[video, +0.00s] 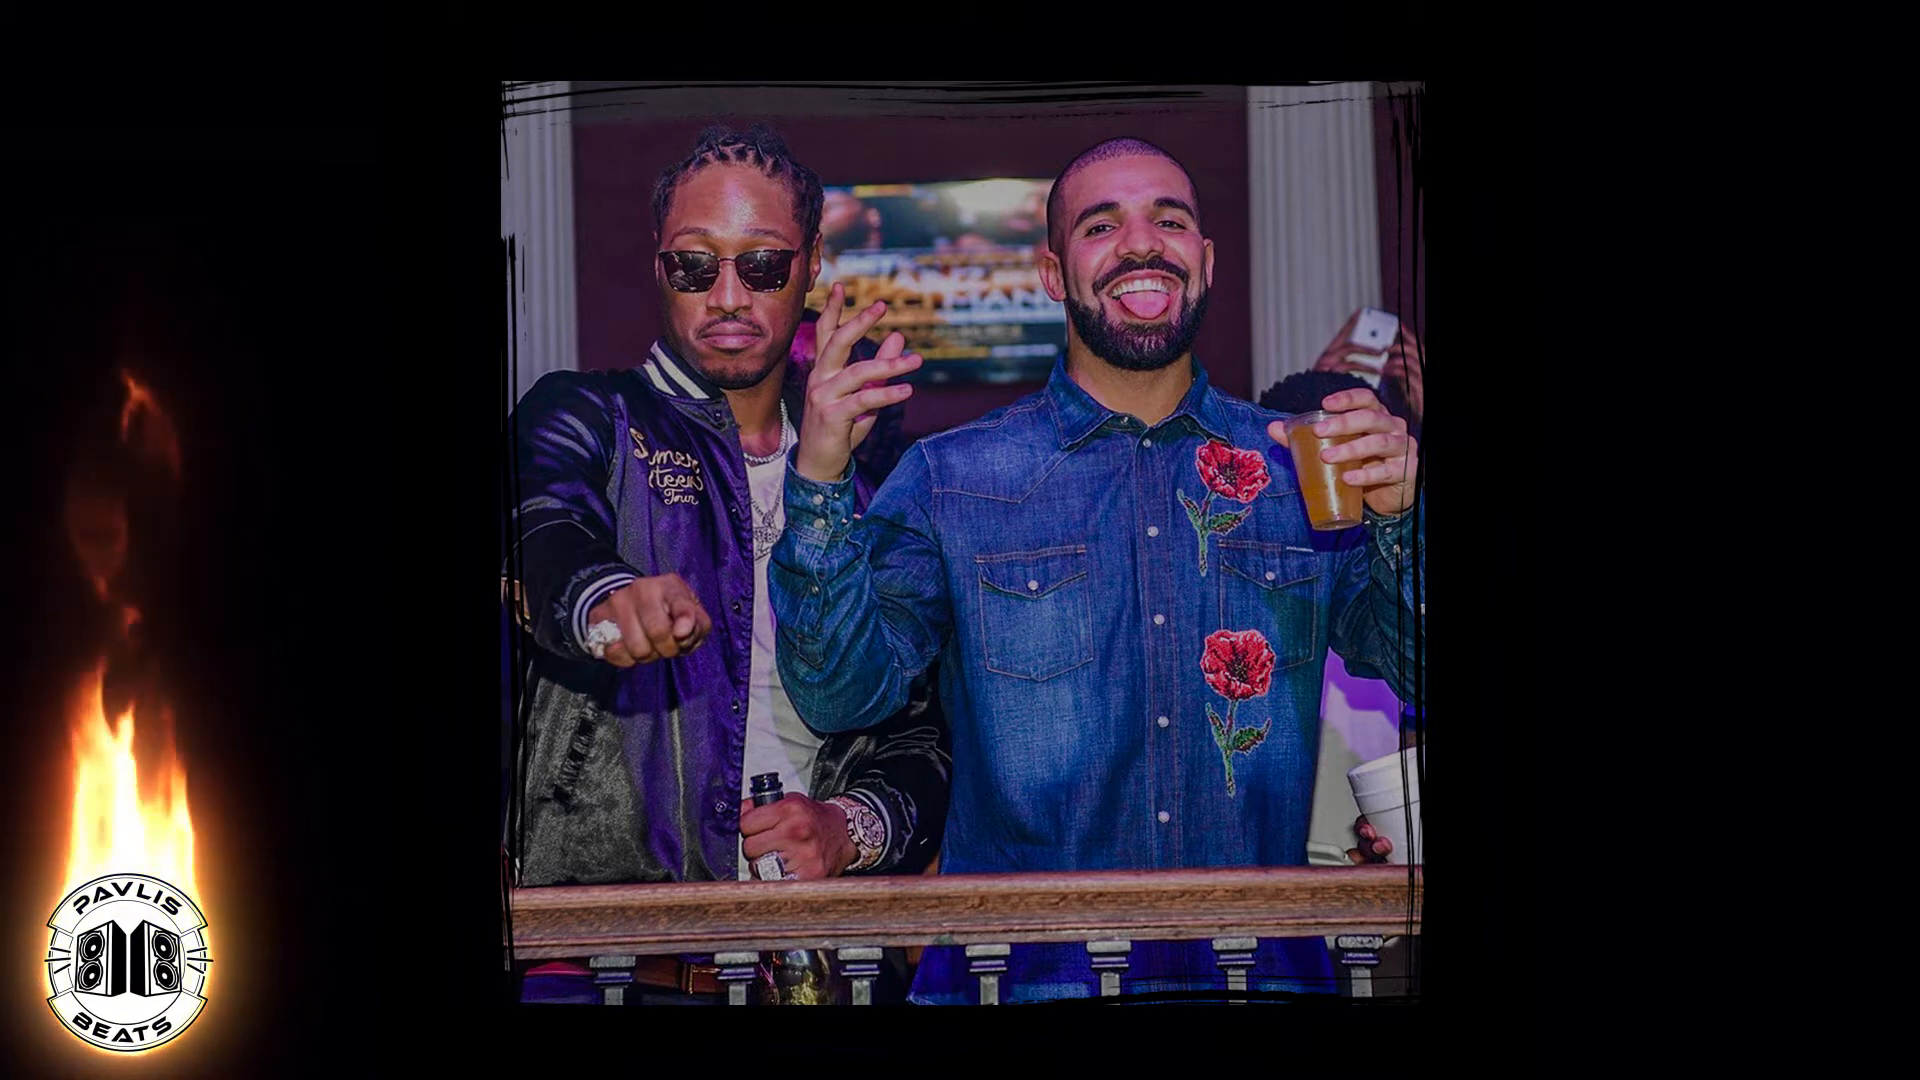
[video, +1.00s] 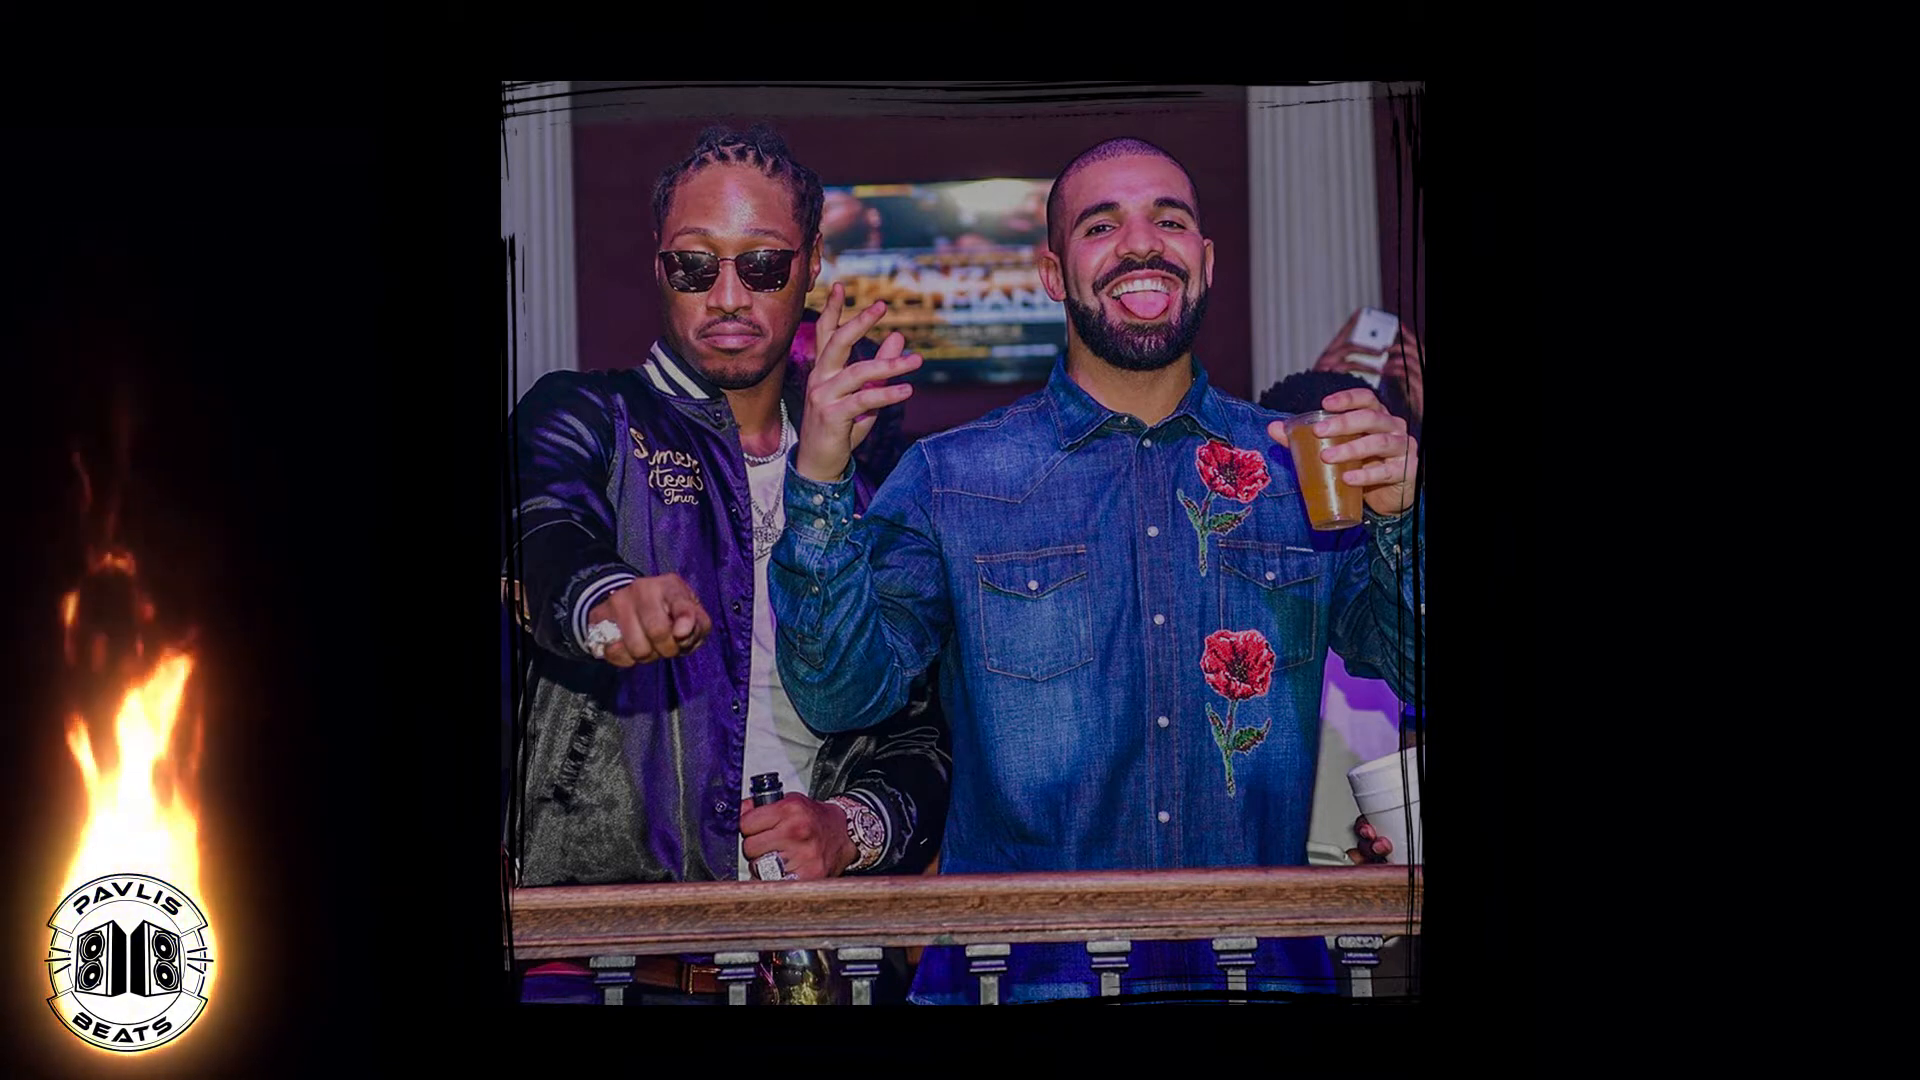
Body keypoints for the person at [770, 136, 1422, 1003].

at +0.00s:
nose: (1142, 242)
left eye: (1170, 219)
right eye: (1102, 225)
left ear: (1207, 259)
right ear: (1055, 273)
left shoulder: (1304, 469)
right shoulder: (945, 478)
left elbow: (1413, 673)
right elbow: (840, 692)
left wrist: (1402, 516)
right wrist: (818, 475)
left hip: (1255, 955)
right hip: (1022, 963)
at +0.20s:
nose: (1142, 242)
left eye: (1170, 219)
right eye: (1102, 225)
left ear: (1207, 259)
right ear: (1055, 273)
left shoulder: (1304, 469)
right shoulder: (945, 478)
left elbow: (1413, 673)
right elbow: (840, 692)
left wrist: (1402, 516)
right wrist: (818, 475)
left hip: (1255, 955)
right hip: (1022, 963)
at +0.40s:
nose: (1142, 242)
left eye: (1170, 219)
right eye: (1102, 225)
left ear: (1207, 259)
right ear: (1055, 273)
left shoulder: (1304, 469)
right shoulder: (945, 478)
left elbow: (1413, 673)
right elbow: (840, 692)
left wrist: (1402, 516)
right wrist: (818, 475)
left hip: (1255, 955)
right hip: (1022, 963)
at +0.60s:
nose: (1141, 242)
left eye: (1170, 219)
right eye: (1102, 225)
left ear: (1208, 259)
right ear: (1054, 273)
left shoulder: (1305, 469)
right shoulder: (945, 479)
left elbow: (1410, 670)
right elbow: (840, 692)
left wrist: (1402, 515)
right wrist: (818, 477)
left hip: (1256, 954)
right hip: (1022, 962)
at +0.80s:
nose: (1141, 241)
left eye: (1170, 219)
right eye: (1102, 225)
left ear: (1208, 259)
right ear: (1055, 273)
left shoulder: (1305, 469)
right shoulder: (945, 478)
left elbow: (1411, 671)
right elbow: (841, 692)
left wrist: (1401, 516)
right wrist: (818, 475)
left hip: (1256, 953)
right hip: (1022, 962)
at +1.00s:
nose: (1142, 242)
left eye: (1170, 219)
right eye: (1102, 225)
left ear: (1207, 259)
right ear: (1055, 273)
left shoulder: (1304, 469)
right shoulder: (945, 478)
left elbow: (1413, 673)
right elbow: (840, 692)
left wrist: (1402, 516)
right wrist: (818, 475)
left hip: (1255, 955)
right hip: (1022, 963)